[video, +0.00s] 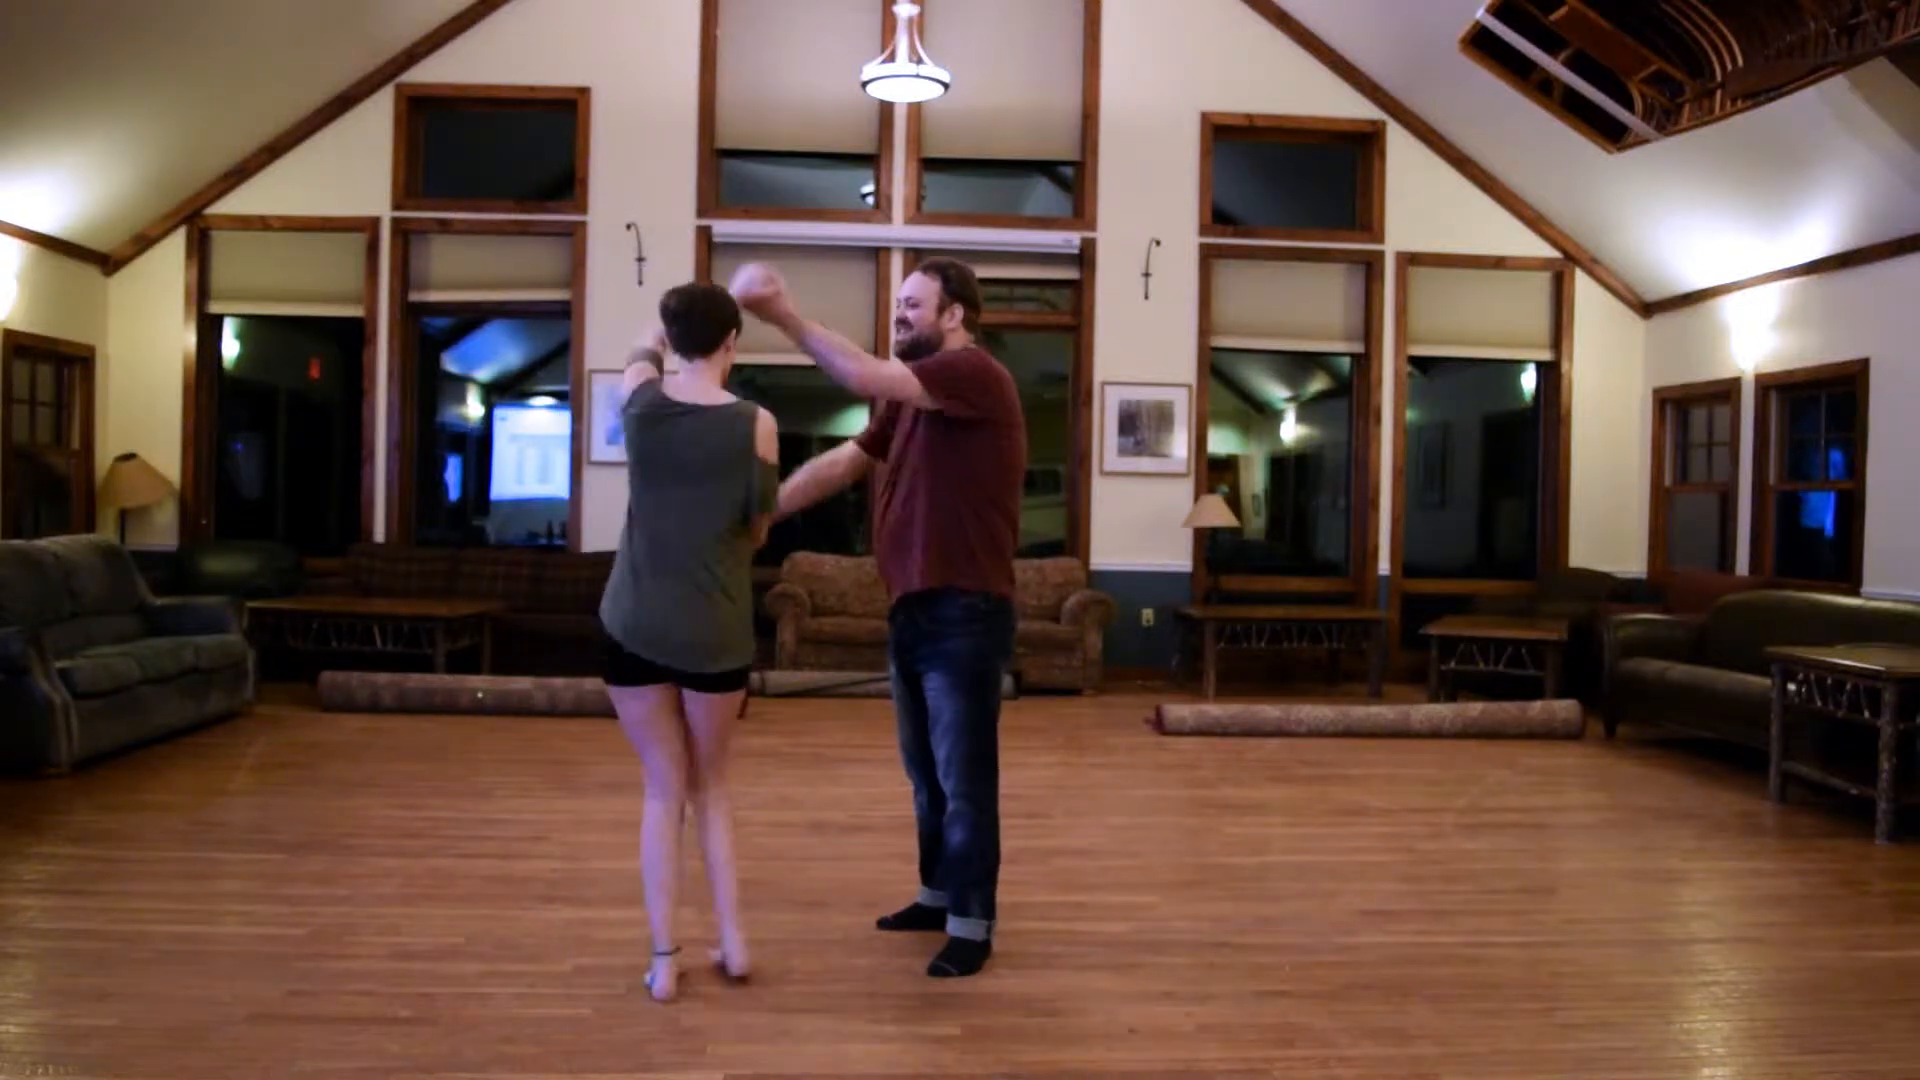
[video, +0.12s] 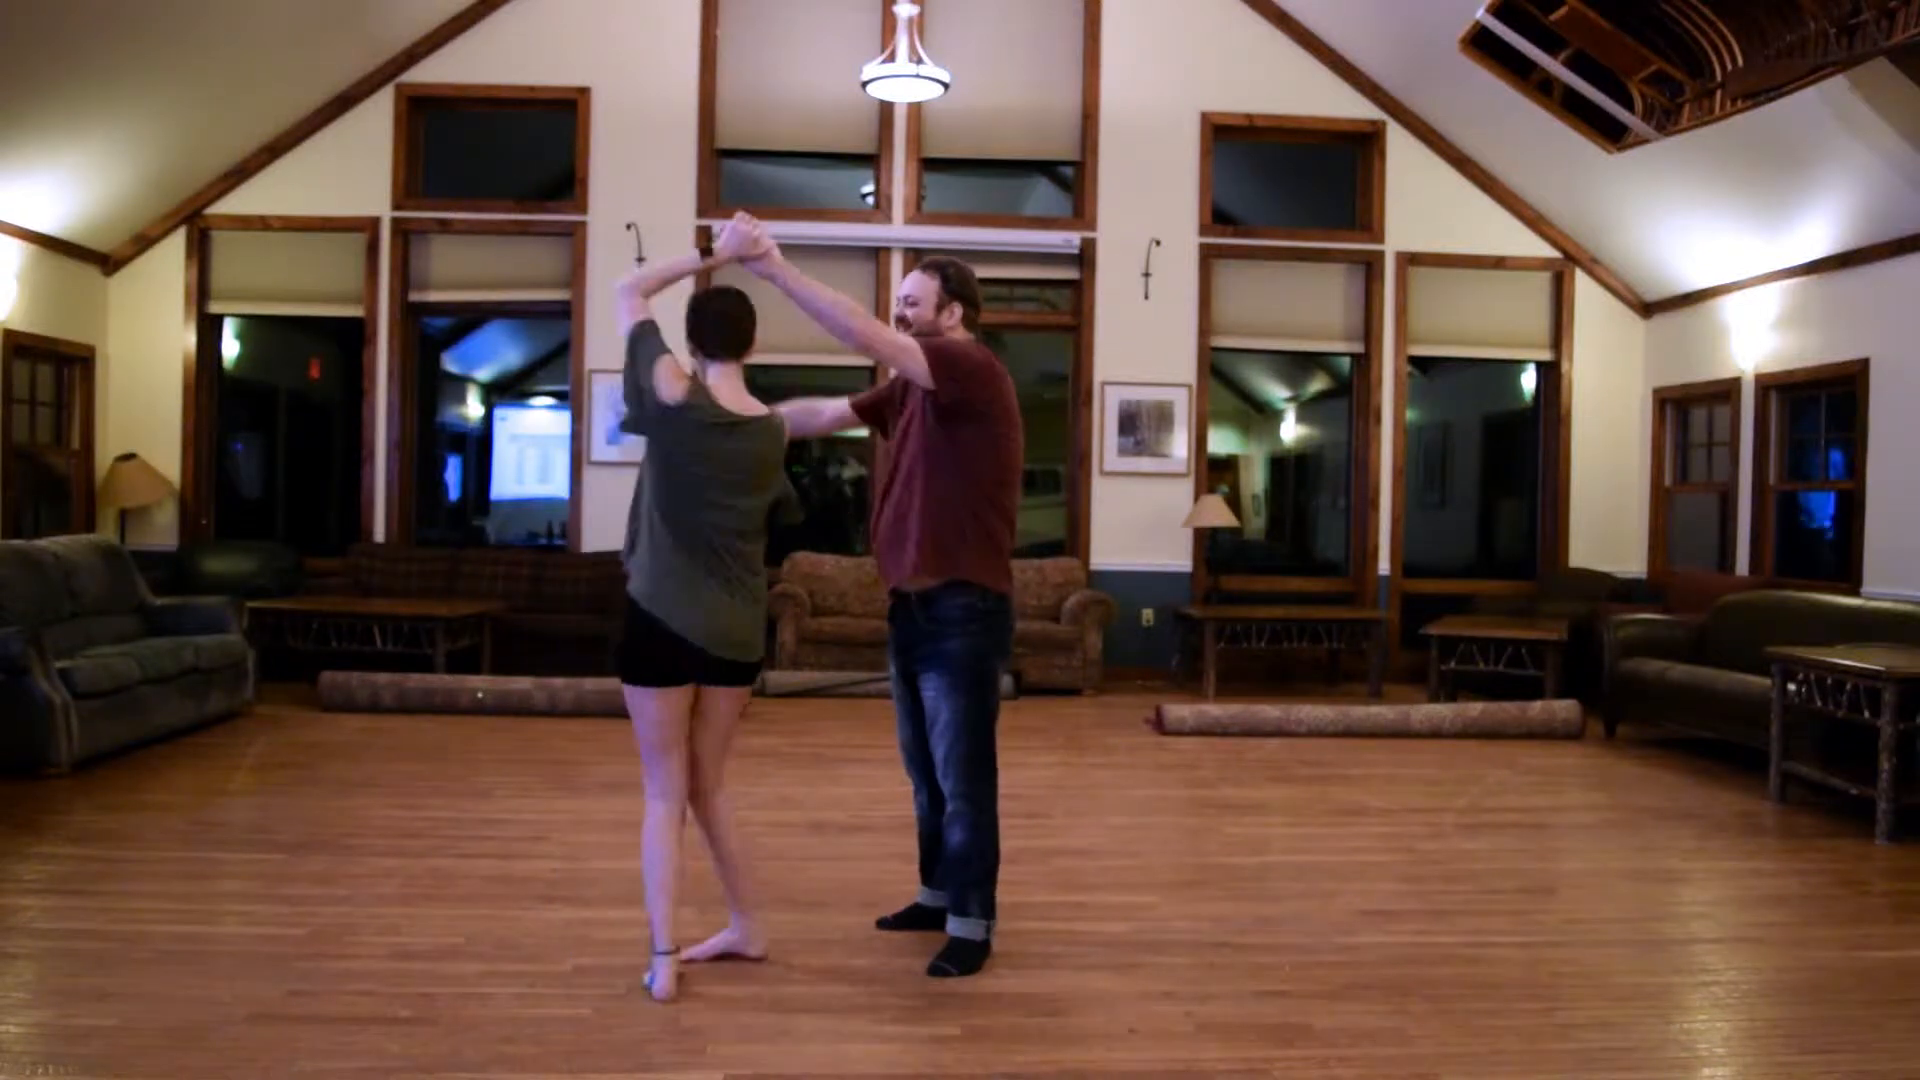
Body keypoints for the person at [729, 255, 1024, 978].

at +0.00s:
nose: (899, 316)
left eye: (913, 306)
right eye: (898, 307)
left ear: (955, 314)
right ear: (905, 315)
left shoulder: (978, 374)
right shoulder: (904, 393)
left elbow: (869, 375)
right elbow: (841, 461)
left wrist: (787, 318)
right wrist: (767, 509)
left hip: (967, 603)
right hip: (914, 603)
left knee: (962, 768)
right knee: (925, 765)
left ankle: (973, 924)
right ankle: (941, 897)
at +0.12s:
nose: (897, 314)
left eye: (913, 302)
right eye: (898, 304)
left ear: (953, 310)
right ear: (915, 312)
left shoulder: (977, 372)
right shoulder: (907, 387)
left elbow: (868, 336)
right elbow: (824, 413)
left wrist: (773, 263)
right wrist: (742, 419)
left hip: (967, 602)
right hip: (913, 602)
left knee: (961, 770)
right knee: (925, 765)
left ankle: (972, 924)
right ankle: (942, 898)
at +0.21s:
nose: (897, 311)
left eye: (912, 300)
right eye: (896, 302)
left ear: (953, 311)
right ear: (913, 312)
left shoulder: (979, 373)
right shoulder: (900, 384)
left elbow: (877, 322)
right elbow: (814, 375)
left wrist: (776, 254)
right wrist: (726, 369)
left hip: (966, 604)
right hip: (911, 603)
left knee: (961, 771)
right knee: (925, 766)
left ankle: (972, 923)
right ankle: (940, 898)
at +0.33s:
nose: (896, 311)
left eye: (912, 301)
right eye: (897, 301)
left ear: (954, 311)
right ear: (912, 312)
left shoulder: (981, 372)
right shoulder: (897, 373)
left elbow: (895, 330)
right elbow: (819, 341)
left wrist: (800, 278)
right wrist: (739, 298)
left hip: (963, 602)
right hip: (907, 602)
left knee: (960, 767)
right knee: (922, 764)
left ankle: (972, 923)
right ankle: (940, 897)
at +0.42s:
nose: (898, 313)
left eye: (913, 303)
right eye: (897, 303)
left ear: (957, 314)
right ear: (907, 313)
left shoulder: (985, 379)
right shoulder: (898, 372)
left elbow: (908, 340)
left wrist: (823, 302)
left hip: (962, 604)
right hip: (906, 603)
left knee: (958, 770)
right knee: (920, 766)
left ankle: (971, 925)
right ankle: (939, 896)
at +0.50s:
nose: (901, 315)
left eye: (914, 305)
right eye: (899, 306)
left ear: (958, 314)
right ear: (909, 316)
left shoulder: (984, 373)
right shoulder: (899, 372)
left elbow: (959, 364)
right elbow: (836, 328)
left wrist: (865, 340)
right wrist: (769, 257)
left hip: (961, 606)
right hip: (903, 605)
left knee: (958, 772)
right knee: (920, 768)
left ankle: (969, 925)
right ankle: (940, 898)